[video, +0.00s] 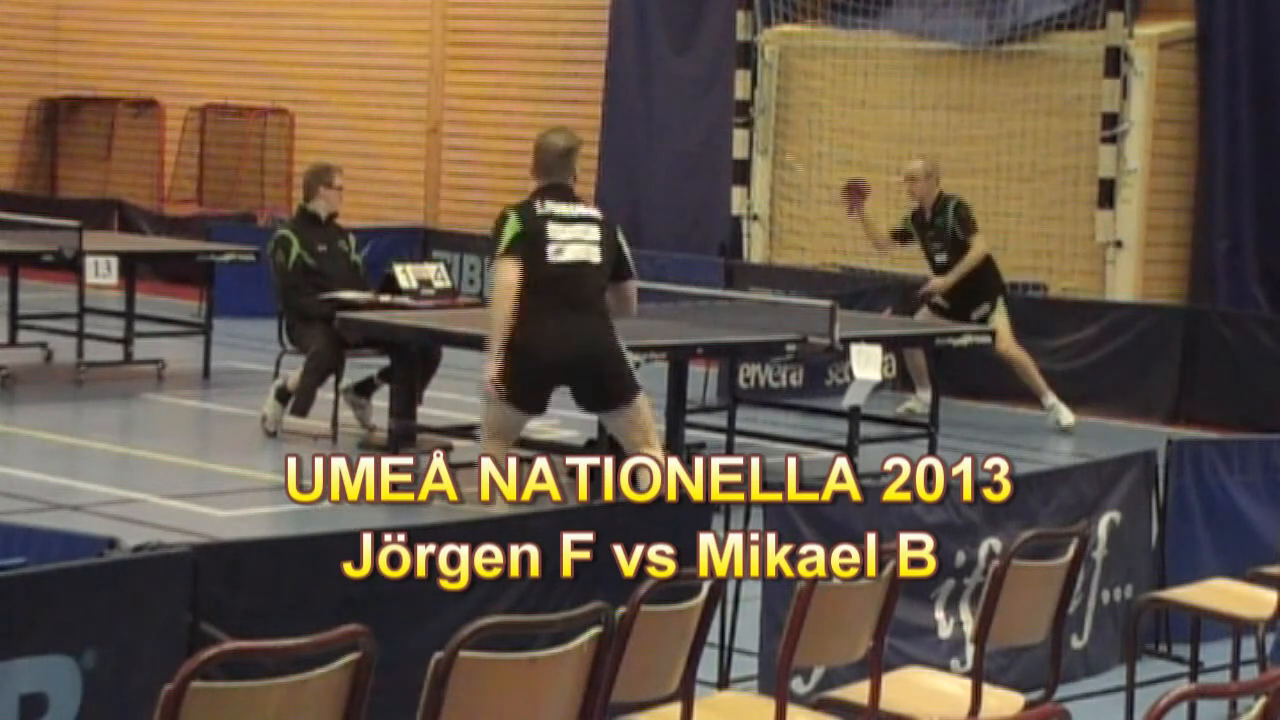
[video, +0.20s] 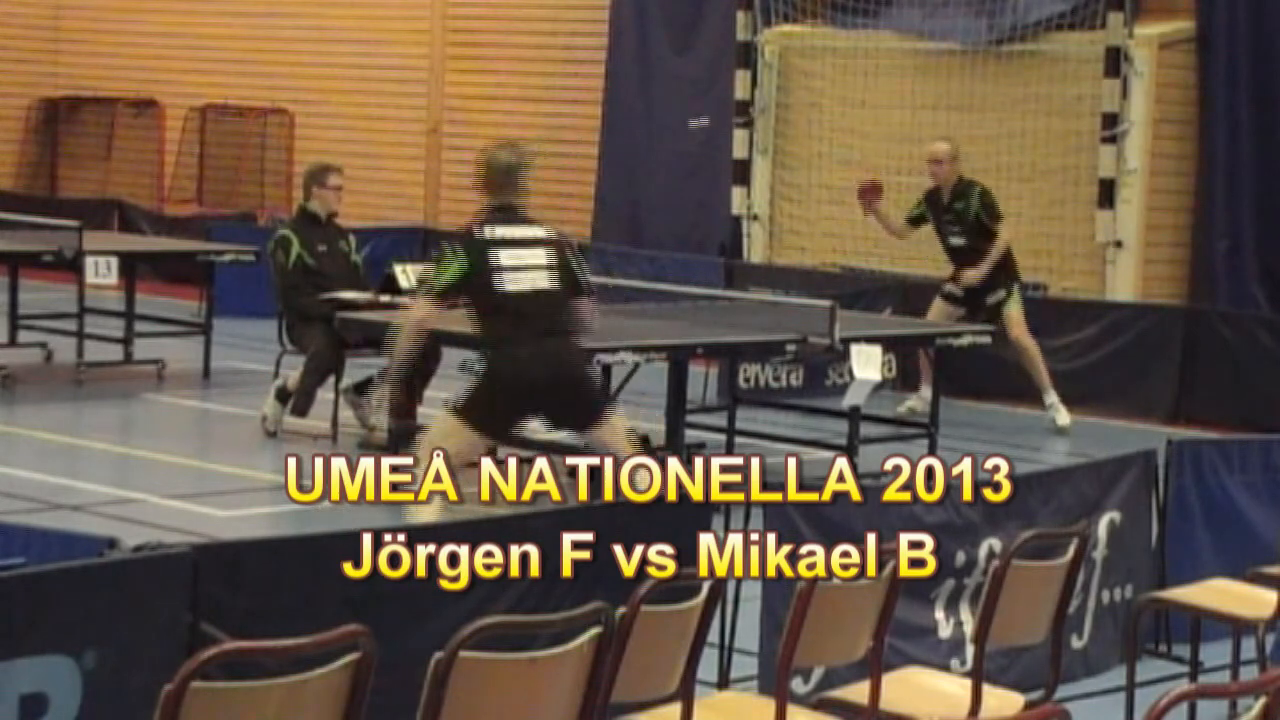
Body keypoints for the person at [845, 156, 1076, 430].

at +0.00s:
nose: (910, 186)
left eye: (915, 180)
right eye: (907, 181)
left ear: (934, 181)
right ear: (908, 185)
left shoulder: (955, 209)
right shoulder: (917, 219)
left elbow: (979, 248)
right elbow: (883, 243)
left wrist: (946, 280)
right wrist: (862, 216)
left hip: (985, 292)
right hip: (951, 295)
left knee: (1004, 346)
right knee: (908, 333)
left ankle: (1052, 403)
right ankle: (924, 398)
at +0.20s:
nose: (932, 169)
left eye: (938, 163)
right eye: (929, 163)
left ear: (954, 165)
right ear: (927, 167)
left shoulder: (976, 193)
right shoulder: (931, 199)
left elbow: (1003, 235)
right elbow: (901, 230)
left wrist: (981, 269)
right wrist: (875, 211)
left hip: (998, 273)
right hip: (963, 275)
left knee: (1017, 334)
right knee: (927, 331)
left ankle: (1051, 400)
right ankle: (925, 395)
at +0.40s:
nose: (981, 185)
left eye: (988, 180)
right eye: (978, 179)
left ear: (1000, 183)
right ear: (973, 182)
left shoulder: (1019, 216)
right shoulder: (965, 214)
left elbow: (1040, 262)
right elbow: (951, 255)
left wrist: (1028, 294)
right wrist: (930, 274)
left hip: (1018, 293)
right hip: (978, 292)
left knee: (1036, 345)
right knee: (944, 335)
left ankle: (1059, 410)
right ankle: (934, 399)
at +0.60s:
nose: (1023, 167)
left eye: (1029, 162)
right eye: (1019, 162)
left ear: (1043, 164)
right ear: (1015, 164)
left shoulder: (1065, 195)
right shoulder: (1012, 200)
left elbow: (1089, 234)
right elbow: (1010, 245)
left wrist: (1080, 272)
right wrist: (989, 276)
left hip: (1060, 278)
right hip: (1026, 276)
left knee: (1061, 348)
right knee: (999, 334)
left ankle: (1065, 413)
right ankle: (984, 397)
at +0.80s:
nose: (1048, 157)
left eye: (1054, 150)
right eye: (1043, 151)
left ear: (1067, 151)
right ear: (1038, 154)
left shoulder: (1089, 184)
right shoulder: (1042, 191)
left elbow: (1117, 226)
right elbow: (1040, 240)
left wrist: (1103, 261)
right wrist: (1017, 267)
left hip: (1096, 270)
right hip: (1065, 270)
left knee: (1094, 341)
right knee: (1050, 341)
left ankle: (1119, 410)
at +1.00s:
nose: (1071, 173)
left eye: (1077, 167)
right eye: (1067, 167)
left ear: (1091, 167)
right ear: (1063, 171)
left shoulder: (1114, 197)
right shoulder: (1073, 210)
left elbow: (1144, 240)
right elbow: (1070, 262)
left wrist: (1113, 276)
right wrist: (1051, 287)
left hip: (1135, 288)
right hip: (1100, 290)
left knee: (1147, 355)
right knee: (1071, 350)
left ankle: (1174, 425)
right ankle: (1083, 420)